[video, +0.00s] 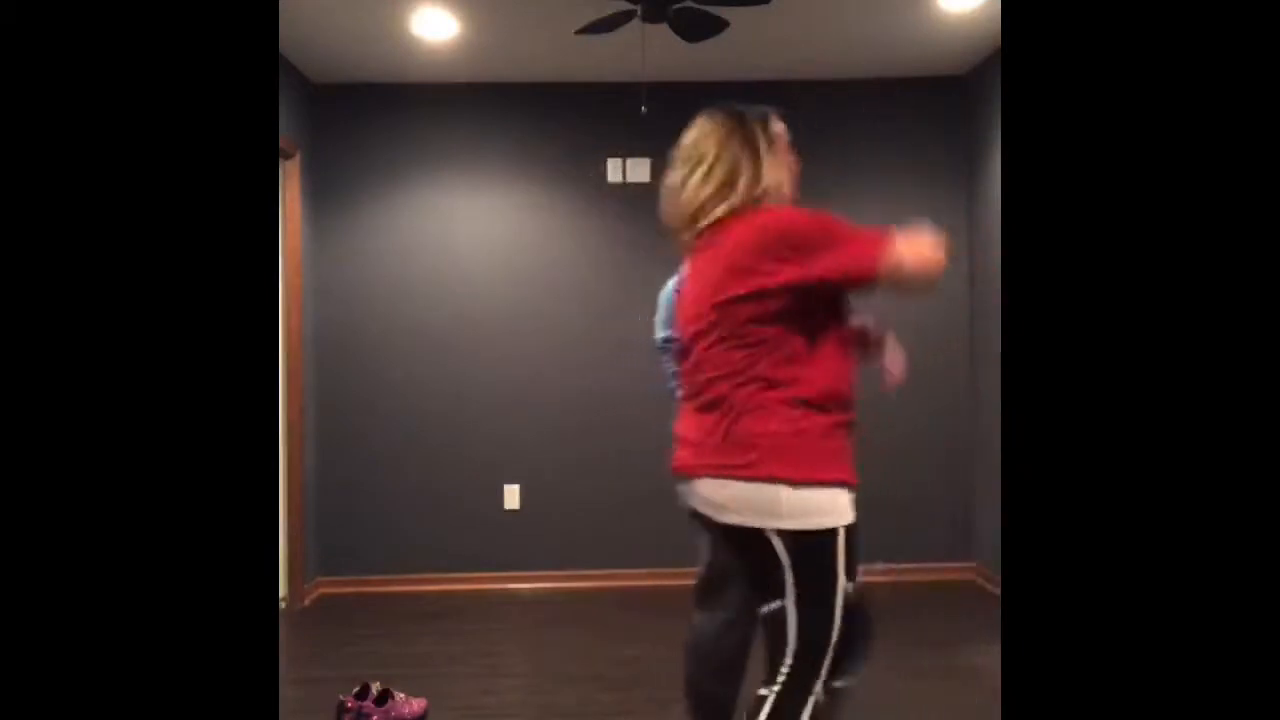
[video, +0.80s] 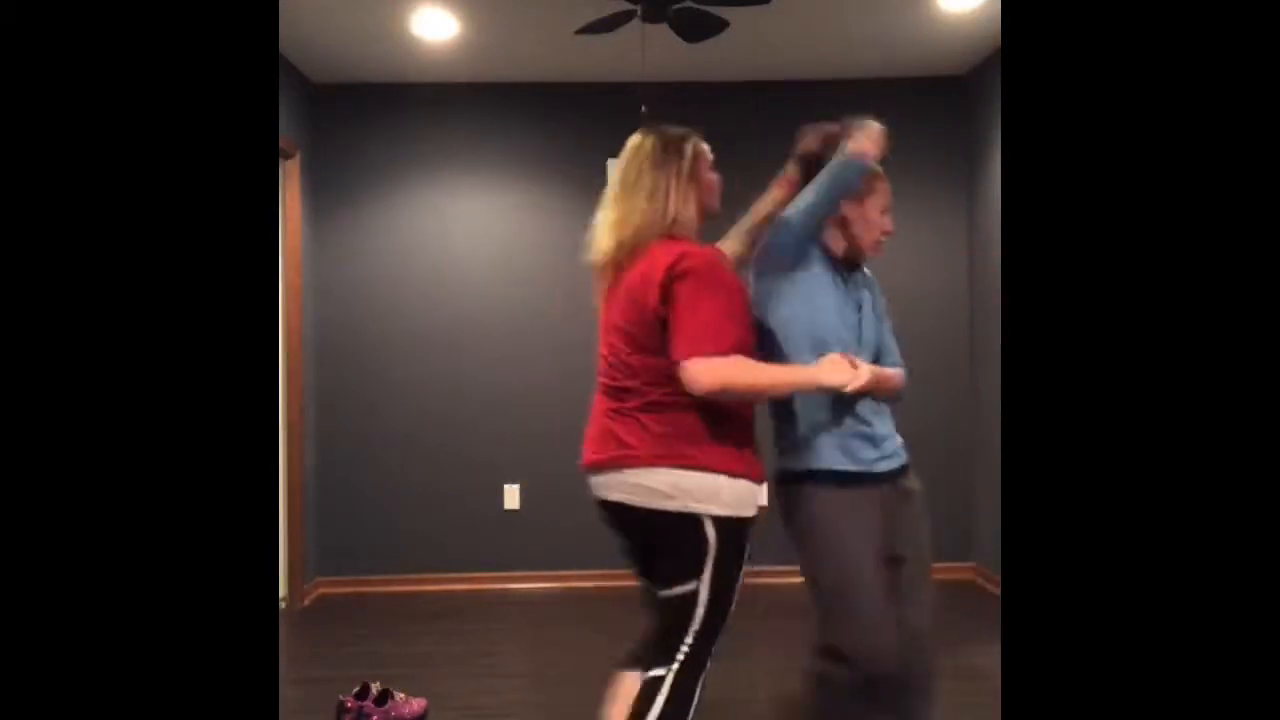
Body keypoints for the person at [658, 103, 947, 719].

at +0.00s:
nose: (794, 162)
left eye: (789, 148)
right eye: (784, 150)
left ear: (713, 166)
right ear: (755, 162)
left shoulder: (712, 244)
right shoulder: (773, 231)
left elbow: (776, 334)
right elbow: (920, 257)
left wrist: (861, 341)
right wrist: (918, 239)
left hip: (726, 480)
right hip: (789, 485)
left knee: (841, 635)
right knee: (811, 658)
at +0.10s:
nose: (781, 161)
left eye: (772, 144)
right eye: (766, 147)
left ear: (685, 165)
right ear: (733, 164)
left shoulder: (659, 249)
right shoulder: (761, 241)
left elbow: (718, 346)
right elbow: (873, 324)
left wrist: (813, 359)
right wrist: (894, 344)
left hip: (669, 481)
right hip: (761, 486)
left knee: (725, 635)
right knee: (783, 661)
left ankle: (672, 703)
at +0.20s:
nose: (749, 161)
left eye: (740, 147)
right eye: (736, 148)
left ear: (645, 161)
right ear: (710, 162)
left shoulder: (615, 254)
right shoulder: (760, 248)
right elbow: (806, 351)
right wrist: (859, 374)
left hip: (619, 488)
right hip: (736, 494)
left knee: (630, 650)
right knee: (756, 670)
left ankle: (605, 696)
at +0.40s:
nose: (690, 168)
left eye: (686, 156)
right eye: (685, 156)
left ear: (597, 162)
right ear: (674, 163)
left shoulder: (565, 239)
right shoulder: (712, 248)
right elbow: (747, 354)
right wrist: (784, 348)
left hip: (557, 487)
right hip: (672, 492)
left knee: (567, 672)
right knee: (721, 660)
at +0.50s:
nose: (680, 172)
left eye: (681, 160)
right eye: (676, 159)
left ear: (593, 166)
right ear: (657, 167)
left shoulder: (565, 245)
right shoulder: (697, 254)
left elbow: (640, 236)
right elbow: (761, 369)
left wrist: (702, 193)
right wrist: (791, 350)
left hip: (555, 486)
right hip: (667, 497)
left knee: (562, 670)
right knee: (696, 654)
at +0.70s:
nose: (702, 188)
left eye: (700, 173)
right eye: (693, 173)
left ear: (621, 181)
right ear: (667, 182)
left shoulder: (597, 258)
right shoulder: (692, 263)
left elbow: (688, 245)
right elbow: (733, 380)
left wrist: (750, 169)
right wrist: (815, 371)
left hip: (590, 484)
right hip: (686, 497)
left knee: (613, 650)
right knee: (674, 666)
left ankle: (579, 710)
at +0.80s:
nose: (719, 178)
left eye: (715, 166)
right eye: (709, 167)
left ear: (646, 181)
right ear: (679, 180)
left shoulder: (629, 262)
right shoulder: (695, 264)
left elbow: (717, 263)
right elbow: (704, 370)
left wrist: (774, 201)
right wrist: (816, 374)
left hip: (625, 480)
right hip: (694, 490)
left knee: (667, 627)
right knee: (685, 650)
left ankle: (619, 707)